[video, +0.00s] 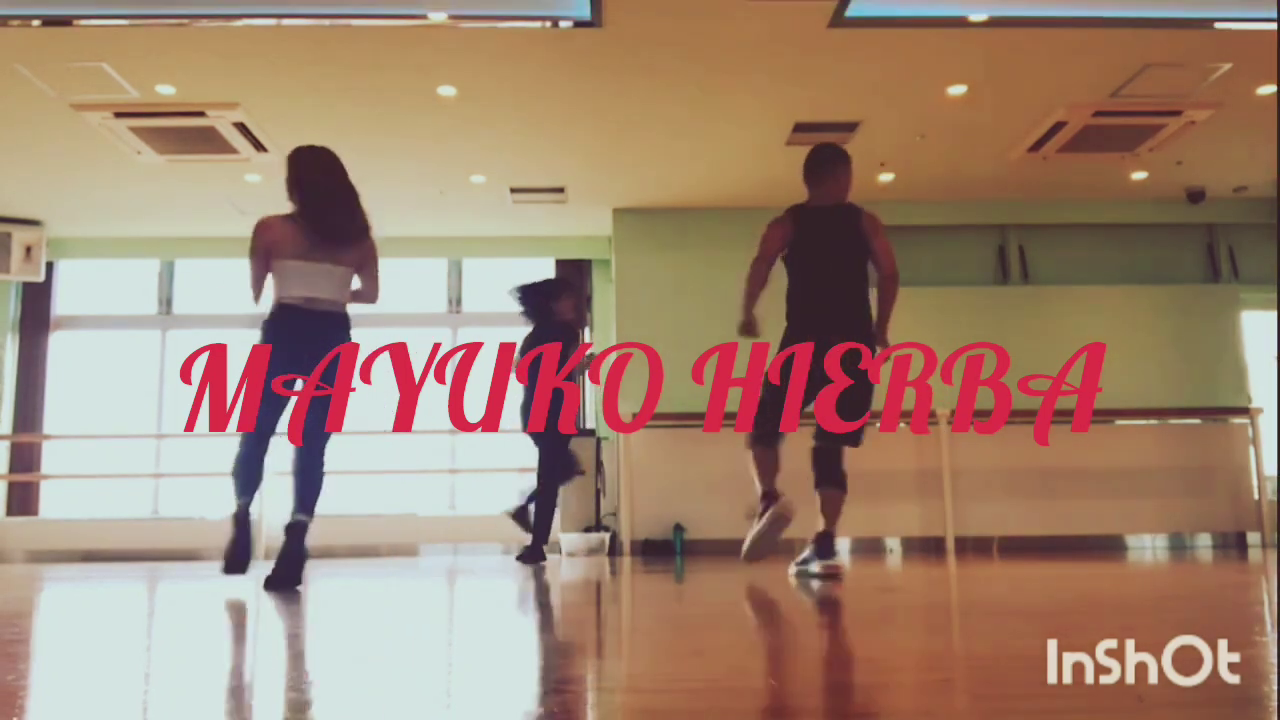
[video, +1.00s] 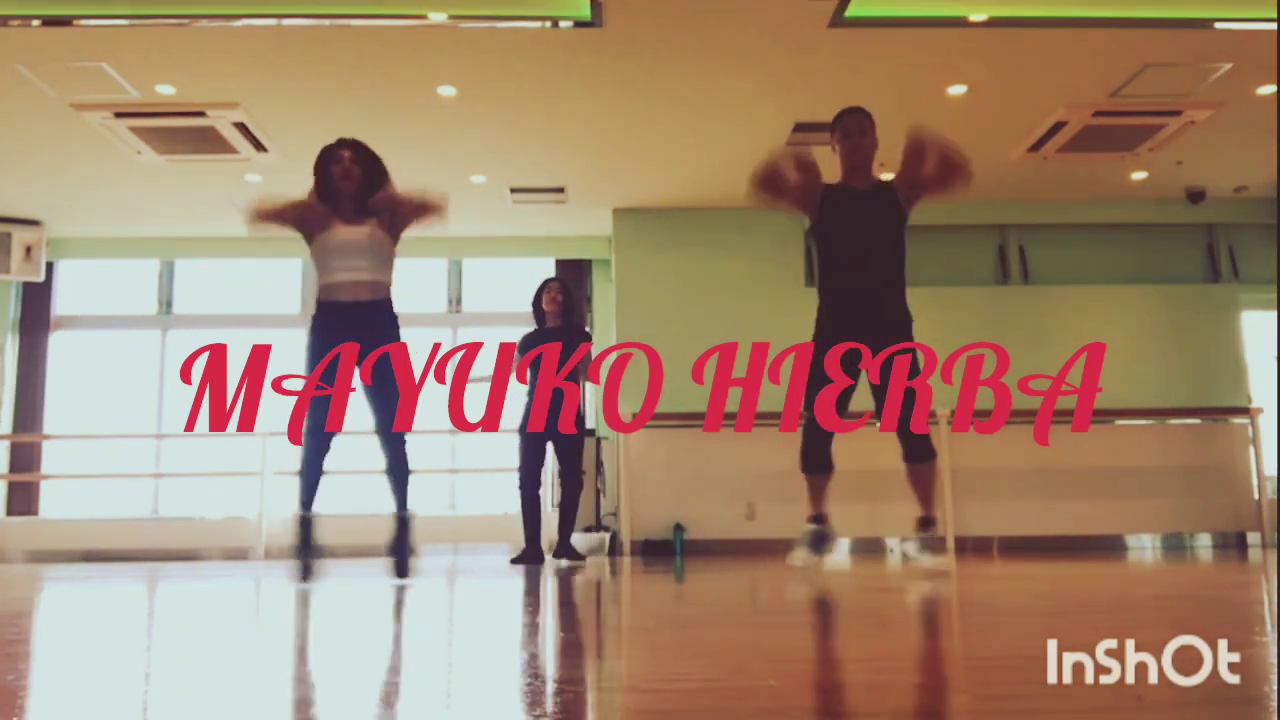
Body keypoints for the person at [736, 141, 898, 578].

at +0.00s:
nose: (849, 183)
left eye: (845, 174)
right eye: (848, 175)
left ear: (806, 178)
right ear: (845, 177)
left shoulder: (790, 221)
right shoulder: (866, 221)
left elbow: (762, 263)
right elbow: (889, 274)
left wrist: (747, 312)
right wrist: (882, 327)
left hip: (803, 344)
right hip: (852, 347)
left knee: (763, 428)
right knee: (830, 445)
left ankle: (769, 499)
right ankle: (826, 544)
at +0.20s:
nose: (879, 178)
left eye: (879, 170)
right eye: (872, 169)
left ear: (838, 177)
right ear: (844, 173)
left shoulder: (810, 225)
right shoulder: (858, 216)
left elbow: (768, 281)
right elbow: (859, 275)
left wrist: (757, 334)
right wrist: (878, 333)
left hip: (803, 351)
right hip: (835, 351)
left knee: (845, 442)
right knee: (848, 449)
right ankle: (787, 537)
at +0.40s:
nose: (866, 168)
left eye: (870, 160)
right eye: (857, 160)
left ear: (876, 166)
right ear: (837, 165)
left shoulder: (867, 224)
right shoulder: (817, 217)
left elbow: (860, 285)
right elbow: (793, 277)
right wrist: (840, 315)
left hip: (863, 348)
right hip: (825, 348)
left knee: (887, 442)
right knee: (828, 445)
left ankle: (880, 533)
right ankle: (826, 539)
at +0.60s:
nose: (848, 165)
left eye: (854, 156)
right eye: (838, 158)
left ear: (865, 161)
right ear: (824, 164)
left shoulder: (883, 219)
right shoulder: (805, 220)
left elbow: (912, 275)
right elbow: (782, 277)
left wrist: (945, 323)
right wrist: (796, 308)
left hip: (877, 340)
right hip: (826, 343)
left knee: (905, 440)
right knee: (823, 446)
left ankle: (903, 531)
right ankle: (829, 540)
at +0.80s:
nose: (849, 182)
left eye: (856, 173)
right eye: (840, 175)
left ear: (870, 181)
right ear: (827, 186)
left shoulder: (894, 239)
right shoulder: (816, 244)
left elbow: (919, 301)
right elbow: (803, 311)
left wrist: (915, 327)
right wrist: (820, 322)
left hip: (886, 361)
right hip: (835, 363)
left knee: (894, 457)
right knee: (822, 461)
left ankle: (904, 543)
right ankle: (838, 544)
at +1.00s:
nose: (856, 143)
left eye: (863, 134)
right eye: (847, 136)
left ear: (876, 141)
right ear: (834, 145)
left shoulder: (898, 192)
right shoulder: (819, 197)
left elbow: (957, 174)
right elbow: (763, 182)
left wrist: (926, 146)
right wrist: (789, 168)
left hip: (889, 324)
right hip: (836, 327)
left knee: (913, 424)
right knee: (816, 428)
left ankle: (927, 525)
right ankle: (818, 526)